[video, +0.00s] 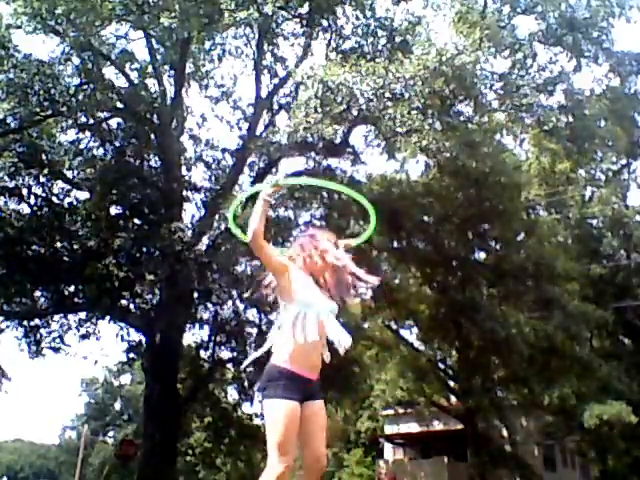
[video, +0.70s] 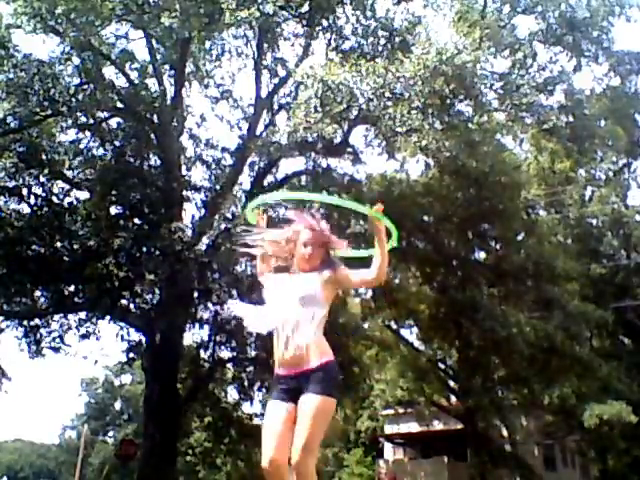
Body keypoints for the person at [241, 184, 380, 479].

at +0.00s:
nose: (333, 262)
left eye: (333, 255)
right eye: (329, 253)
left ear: (316, 253)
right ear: (310, 251)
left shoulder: (321, 291)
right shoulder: (287, 273)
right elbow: (255, 238)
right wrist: (265, 195)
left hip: (312, 384)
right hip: (282, 379)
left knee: (318, 462)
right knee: (281, 462)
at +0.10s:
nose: (321, 250)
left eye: (324, 247)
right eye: (318, 244)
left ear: (321, 255)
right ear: (307, 245)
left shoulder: (312, 284)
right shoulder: (300, 276)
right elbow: (300, 226)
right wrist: (308, 185)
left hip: (297, 380)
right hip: (289, 378)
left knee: (308, 460)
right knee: (289, 461)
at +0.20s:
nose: (315, 249)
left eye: (313, 244)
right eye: (312, 244)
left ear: (288, 252)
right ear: (307, 252)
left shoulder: (273, 279)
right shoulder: (314, 271)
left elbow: (249, 258)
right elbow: (336, 227)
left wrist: (248, 224)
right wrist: (346, 183)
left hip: (267, 368)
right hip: (301, 369)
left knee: (282, 460)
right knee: (310, 464)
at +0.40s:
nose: (281, 248)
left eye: (285, 243)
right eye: (284, 244)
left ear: (293, 246)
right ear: (319, 248)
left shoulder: (282, 270)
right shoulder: (330, 277)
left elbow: (252, 238)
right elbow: (353, 244)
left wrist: (237, 197)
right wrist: (353, 206)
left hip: (280, 362)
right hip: (317, 367)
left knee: (272, 457)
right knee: (295, 461)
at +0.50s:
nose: (291, 243)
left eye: (295, 237)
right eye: (292, 237)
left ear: (304, 242)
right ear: (319, 244)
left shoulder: (303, 273)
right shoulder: (323, 278)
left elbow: (293, 232)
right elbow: (334, 252)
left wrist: (283, 196)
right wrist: (326, 221)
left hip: (291, 365)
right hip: (316, 368)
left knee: (281, 457)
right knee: (300, 461)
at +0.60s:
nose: (288, 247)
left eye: (293, 241)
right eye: (288, 242)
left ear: (307, 245)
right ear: (292, 249)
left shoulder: (316, 273)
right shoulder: (286, 285)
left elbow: (346, 258)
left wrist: (340, 209)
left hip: (309, 368)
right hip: (289, 375)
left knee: (286, 455)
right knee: (298, 461)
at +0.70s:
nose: (310, 252)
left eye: (318, 247)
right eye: (305, 245)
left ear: (326, 250)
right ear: (294, 246)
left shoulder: (331, 276)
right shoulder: (277, 278)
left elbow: (376, 277)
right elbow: (263, 267)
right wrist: (262, 232)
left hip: (319, 373)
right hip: (283, 377)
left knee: (301, 461)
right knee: (272, 463)